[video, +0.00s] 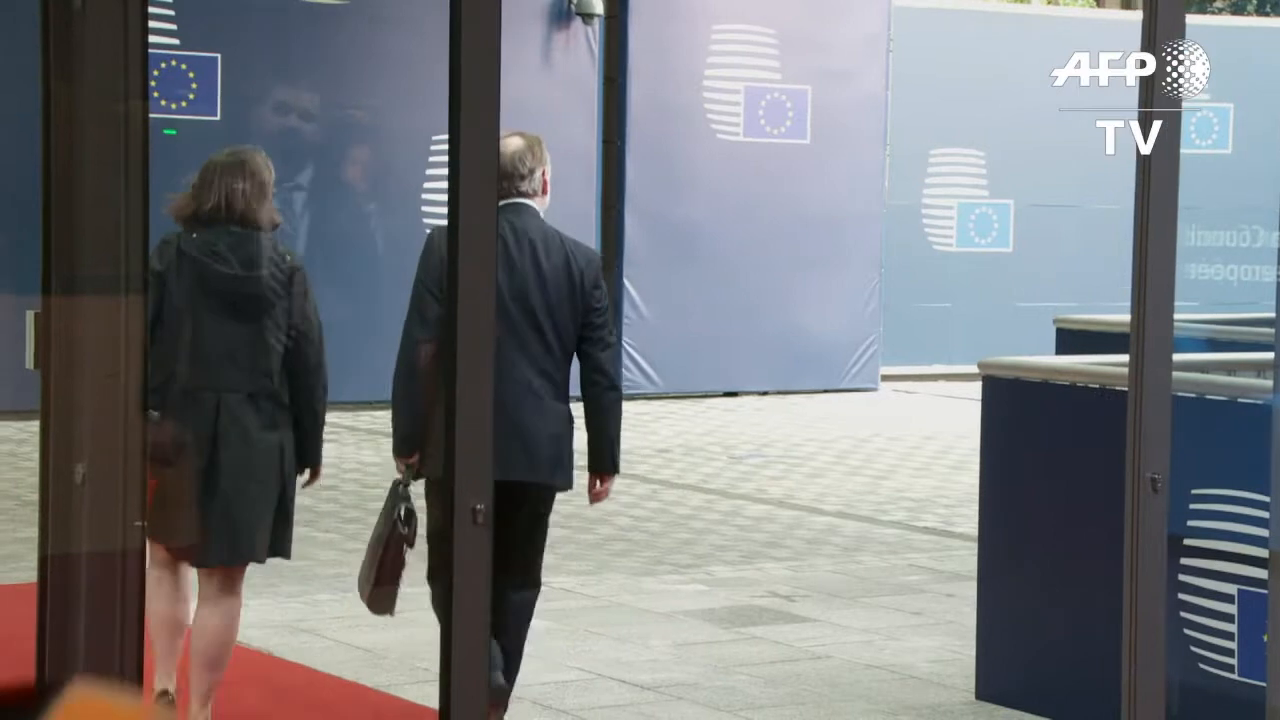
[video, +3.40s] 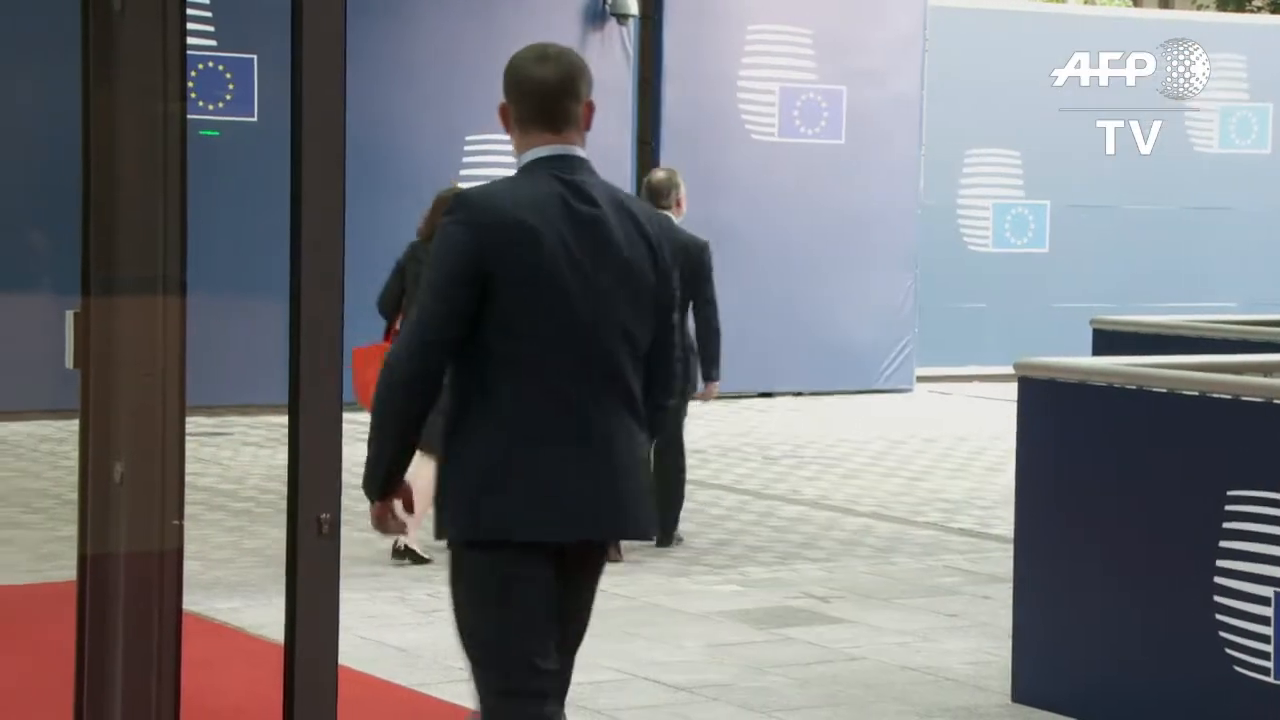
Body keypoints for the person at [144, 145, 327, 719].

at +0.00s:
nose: (273, 200)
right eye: (269, 191)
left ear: (202, 192)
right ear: (263, 198)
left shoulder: (166, 260)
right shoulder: (285, 269)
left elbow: (139, 347)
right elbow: (308, 368)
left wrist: (141, 419)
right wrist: (310, 447)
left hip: (173, 434)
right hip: (253, 441)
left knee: (164, 558)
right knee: (223, 581)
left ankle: (161, 688)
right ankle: (198, 710)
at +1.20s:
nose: (283, 211)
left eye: (280, 202)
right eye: (279, 204)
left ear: (222, 206)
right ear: (270, 210)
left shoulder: (192, 262)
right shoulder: (290, 270)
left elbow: (159, 331)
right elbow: (323, 358)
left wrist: (184, 360)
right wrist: (331, 420)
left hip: (195, 403)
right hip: (255, 407)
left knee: (200, 516)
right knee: (230, 522)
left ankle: (216, 614)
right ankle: (207, 637)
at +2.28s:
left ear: (279, 210)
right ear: (325, 215)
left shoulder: (256, 255)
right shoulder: (334, 260)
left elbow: (225, 314)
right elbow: (357, 327)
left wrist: (244, 337)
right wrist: (371, 384)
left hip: (259, 374)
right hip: (309, 378)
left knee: (274, 473)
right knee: (282, 480)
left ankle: (285, 558)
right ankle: (257, 584)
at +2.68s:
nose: (356, 206)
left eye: (350, 197)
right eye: (354, 199)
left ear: (306, 201)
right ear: (351, 206)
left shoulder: (284, 249)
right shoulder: (360, 257)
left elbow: (257, 301)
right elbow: (374, 328)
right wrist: (377, 381)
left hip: (286, 378)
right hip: (343, 378)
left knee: (285, 471)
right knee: (346, 464)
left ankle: (290, 558)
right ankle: (342, 547)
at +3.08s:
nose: (428, 211)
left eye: (426, 204)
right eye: (425, 205)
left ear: (378, 208)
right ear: (418, 211)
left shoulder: (352, 256)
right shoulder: (427, 260)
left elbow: (335, 318)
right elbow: (444, 331)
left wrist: (333, 376)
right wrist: (448, 389)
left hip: (359, 368)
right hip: (409, 370)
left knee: (364, 452)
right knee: (395, 461)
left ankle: (342, 508)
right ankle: (382, 544)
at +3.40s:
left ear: (431, 218)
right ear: (465, 224)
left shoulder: (417, 252)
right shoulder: (475, 258)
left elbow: (387, 304)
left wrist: (401, 325)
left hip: (423, 361)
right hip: (463, 364)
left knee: (426, 451)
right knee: (431, 451)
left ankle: (403, 531)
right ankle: (407, 534)